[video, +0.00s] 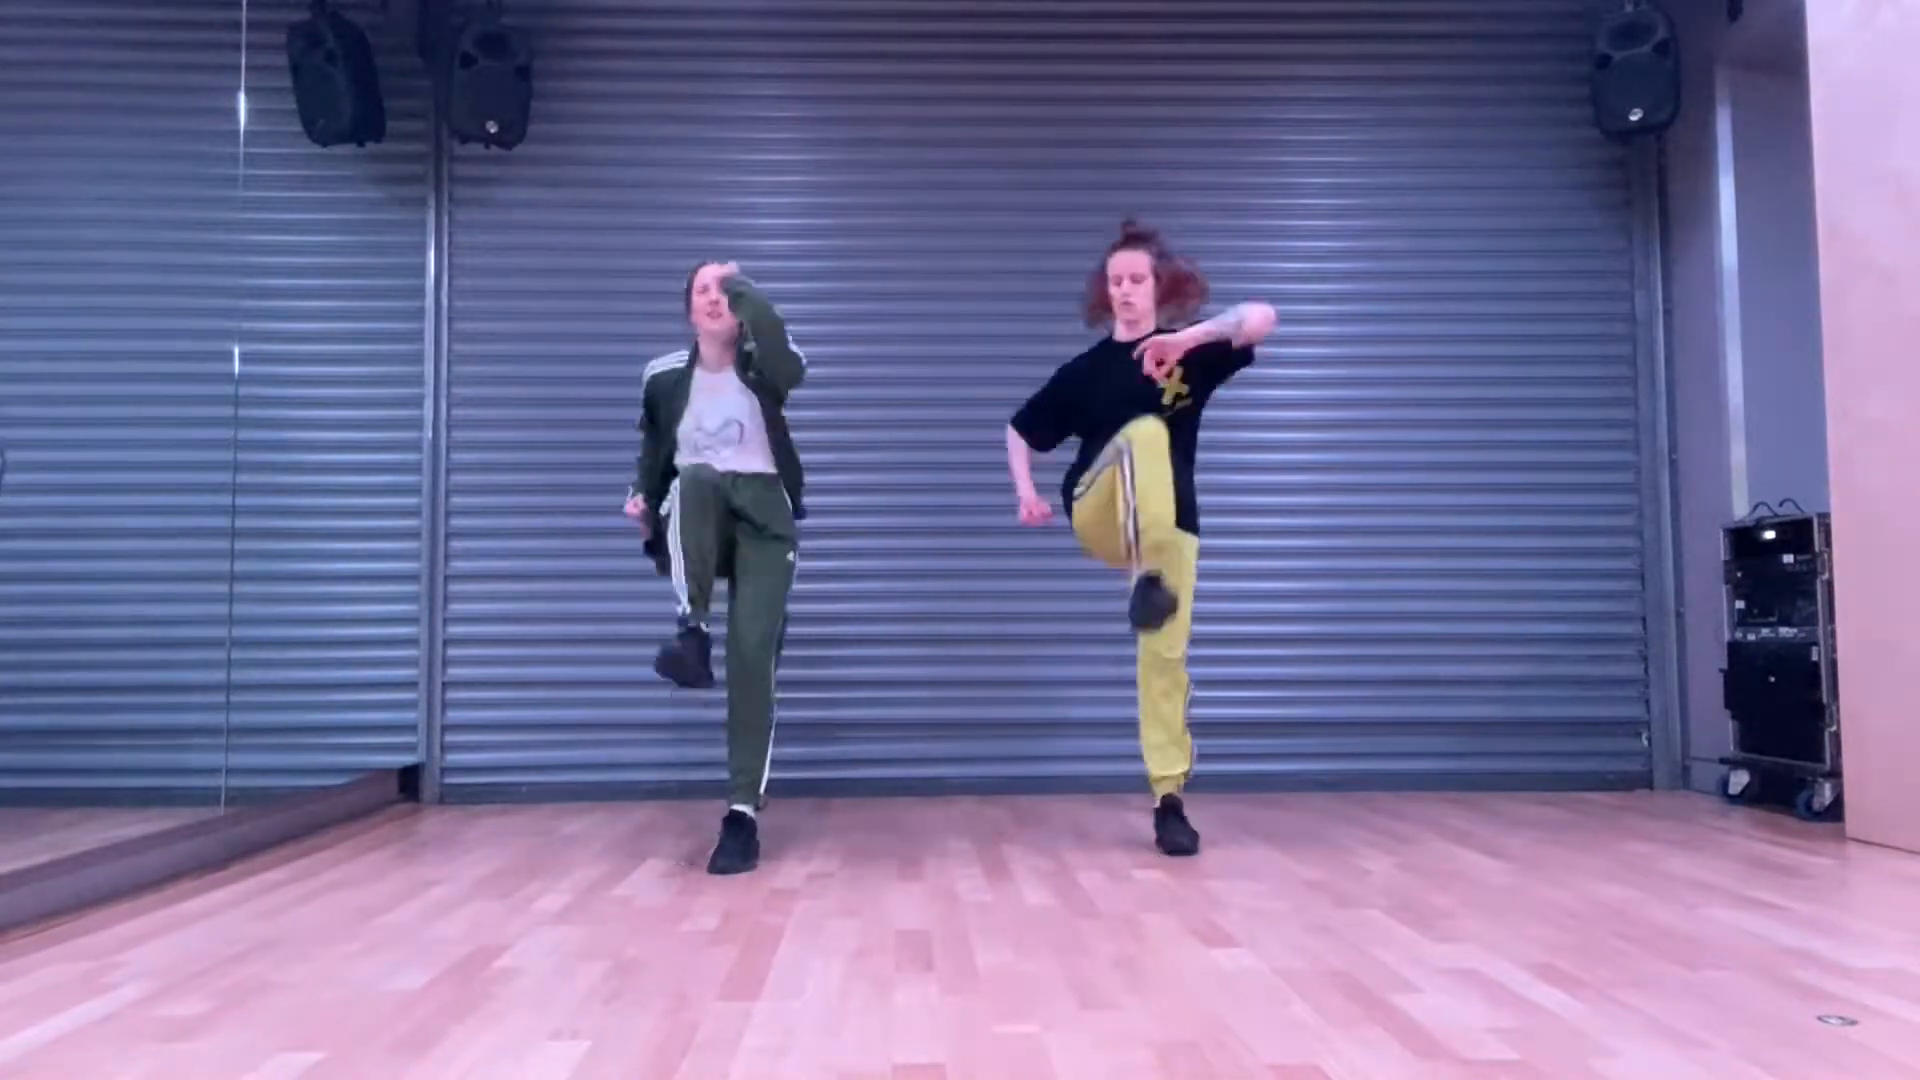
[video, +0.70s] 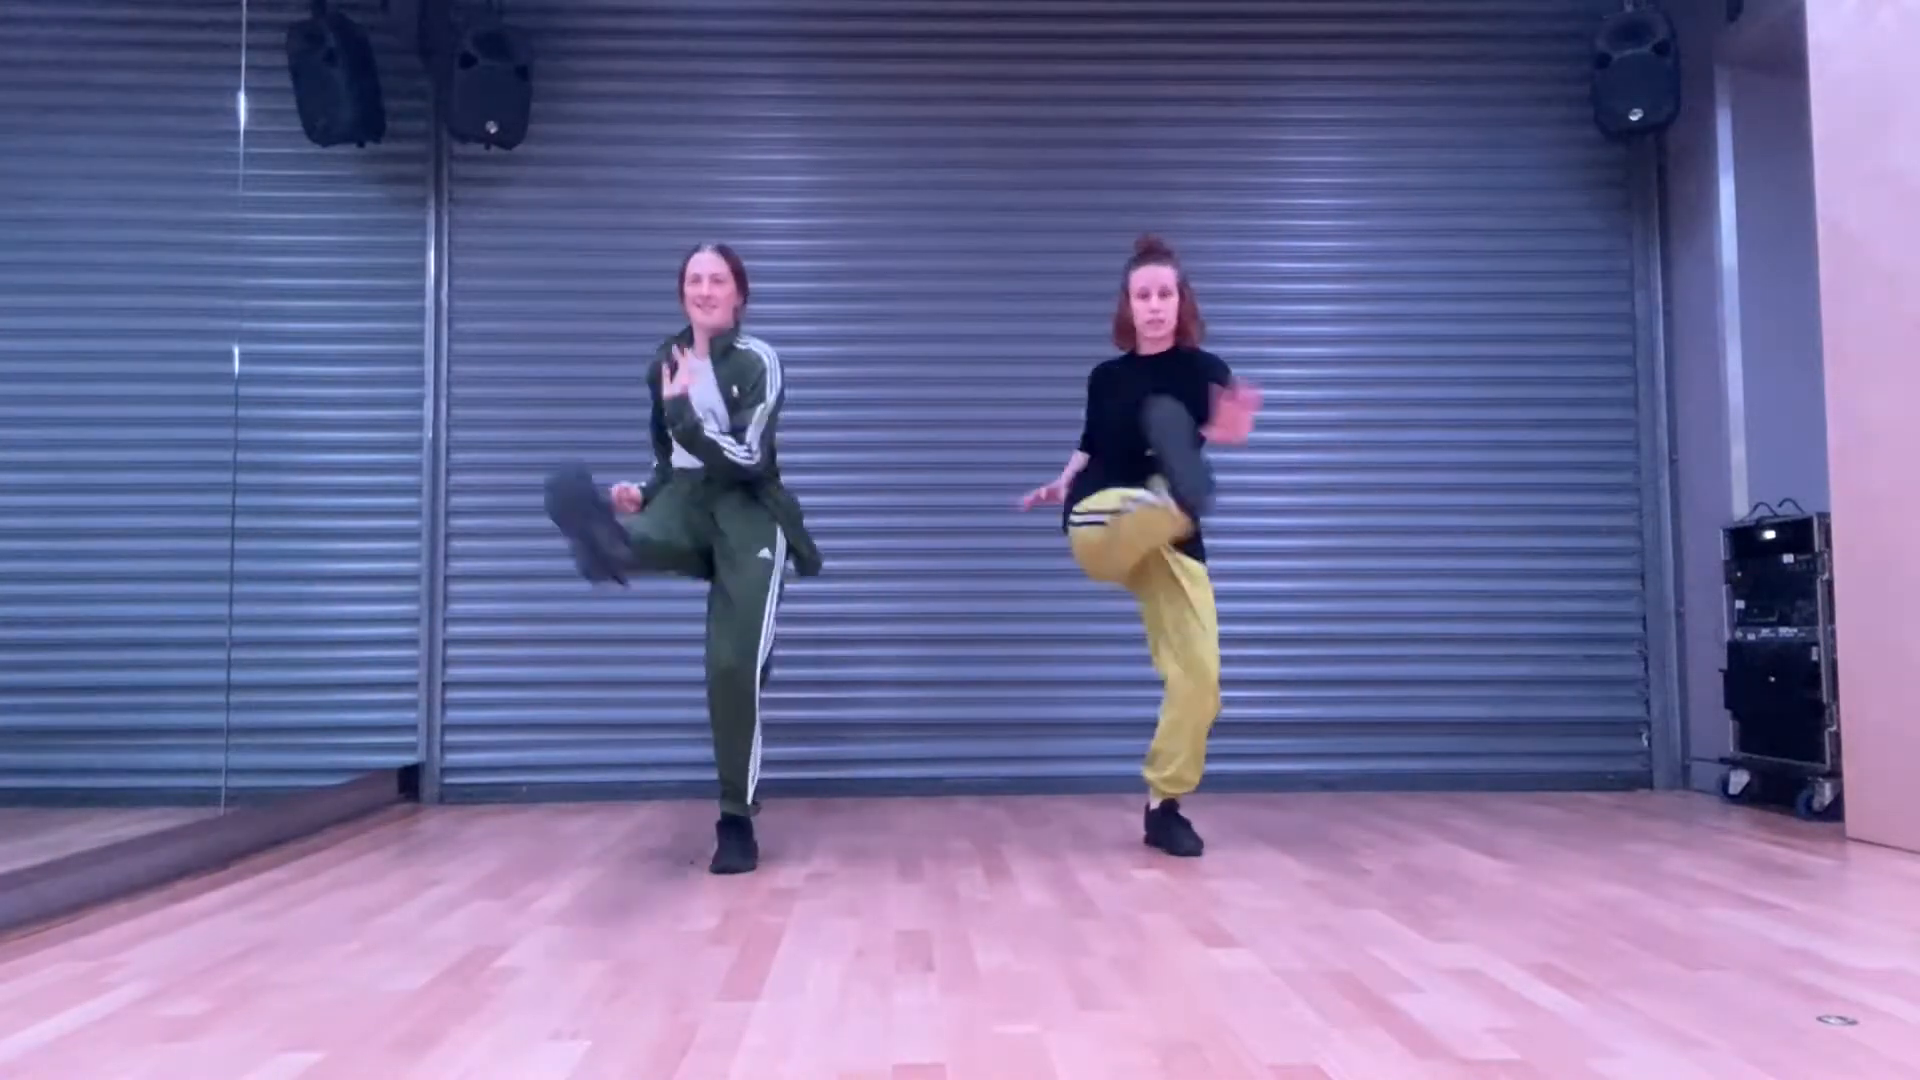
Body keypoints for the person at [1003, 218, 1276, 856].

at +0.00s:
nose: (1125, 290)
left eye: (1137, 279)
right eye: (1116, 280)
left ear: (1161, 286)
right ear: (1105, 291)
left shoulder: (1195, 356)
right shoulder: (1087, 371)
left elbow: (1262, 318)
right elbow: (1018, 432)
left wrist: (1192, 337)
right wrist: (1025, 491)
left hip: (1171, 524)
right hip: (1101, 519)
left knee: (1166, 659)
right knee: (1144, 431)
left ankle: (1169, 797)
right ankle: (1151, 577)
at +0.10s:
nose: (1128, 290)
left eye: (1139, 278)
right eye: (1117, 280)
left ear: (1159, 287)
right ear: (1103, 290)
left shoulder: (1191, 343)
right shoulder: (1079, 365)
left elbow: (1273, 343)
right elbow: (1014, 407)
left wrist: (1214, 375)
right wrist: (1032, 471)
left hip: (1177, 523)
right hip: (1102, 516)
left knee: (1173, 657)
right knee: (1142, 409)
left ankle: (1168, 802)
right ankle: (1140, 547)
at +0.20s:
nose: (1134, 275)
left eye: (1145, 264)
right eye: (1123, 267)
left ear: (1164, 273)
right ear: (1109, 278)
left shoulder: (1202, 351)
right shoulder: (1084, 362)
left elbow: (1279, 409)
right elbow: (1025, 429)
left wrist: (1219, 453)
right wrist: (1036, 475)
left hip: (1176, 517)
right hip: (1108, 499)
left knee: (1175, 667)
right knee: (1121, 548)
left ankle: (1167, 805)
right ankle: (1092, 663)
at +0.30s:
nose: (1146, 291)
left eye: (1156, 281)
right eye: (1135, 282)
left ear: (1175, 290)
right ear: (1120, 294)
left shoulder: (1215, 373)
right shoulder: (1098, 370)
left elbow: (1262, 449)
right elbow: (1031, 435)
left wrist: (1225, 488)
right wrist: (1024, 478)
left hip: (1182, 552)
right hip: (1106, 549)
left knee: (1195, 679)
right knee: (1096, 694)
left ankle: (1169, 808)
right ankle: (1042, 787)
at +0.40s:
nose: (1148, 299)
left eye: (1159, 289)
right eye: (1137, 290)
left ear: (1176, 300)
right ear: (1121, 302)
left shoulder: (1203, 379)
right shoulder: (1094, 380)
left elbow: (1251, 459)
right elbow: (1025, 441)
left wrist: (1221, 474)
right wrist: (990, 501)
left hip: (1189, 567)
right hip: (1113, 569)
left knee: (1197, 688)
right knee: (1120, 701)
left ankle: (1168, 810)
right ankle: (1048, 789)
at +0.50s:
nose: (1152, 300)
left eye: (1163, 289)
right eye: (1140, 291)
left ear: (1180, 299)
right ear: (1124, 302)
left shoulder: (1202, 371)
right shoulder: (1092, 375)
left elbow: (1236, 437)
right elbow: (1039, 444)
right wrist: (1012, 515)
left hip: (1190, 545)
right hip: (1119, 548)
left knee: (1220, 679)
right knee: (1181, 653)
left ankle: (1170, 800)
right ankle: (1135, 782)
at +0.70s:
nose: (1155, 305)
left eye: (1166, 292)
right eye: (1143, 293)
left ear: (1182, 301)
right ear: (1126, 303)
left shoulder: (1204, 369)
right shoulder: (1108, 376)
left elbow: (1221, 427)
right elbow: (1093, 445)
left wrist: (1229, 429)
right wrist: (1060, 486)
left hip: (1171, 529)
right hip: (1098, 519)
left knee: (1197, 673)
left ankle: (1164, 807)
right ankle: (1180, 500)